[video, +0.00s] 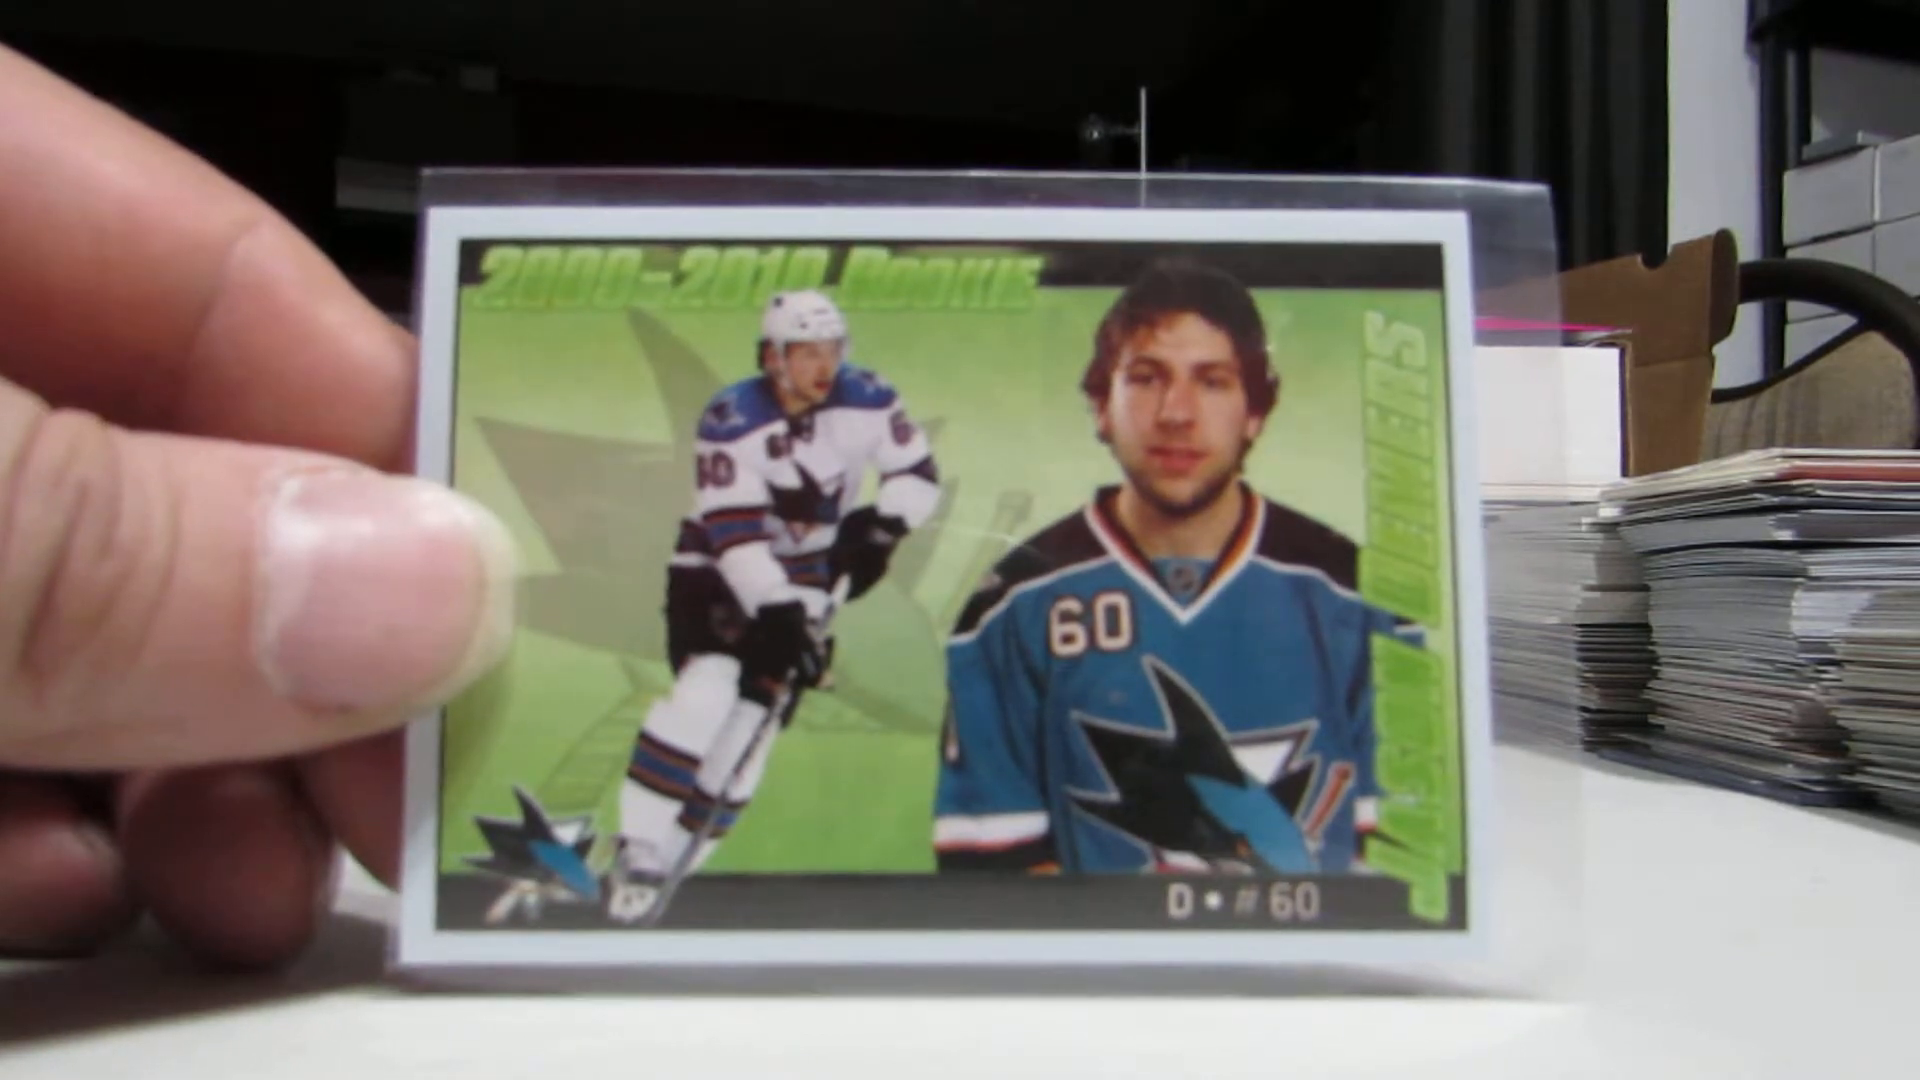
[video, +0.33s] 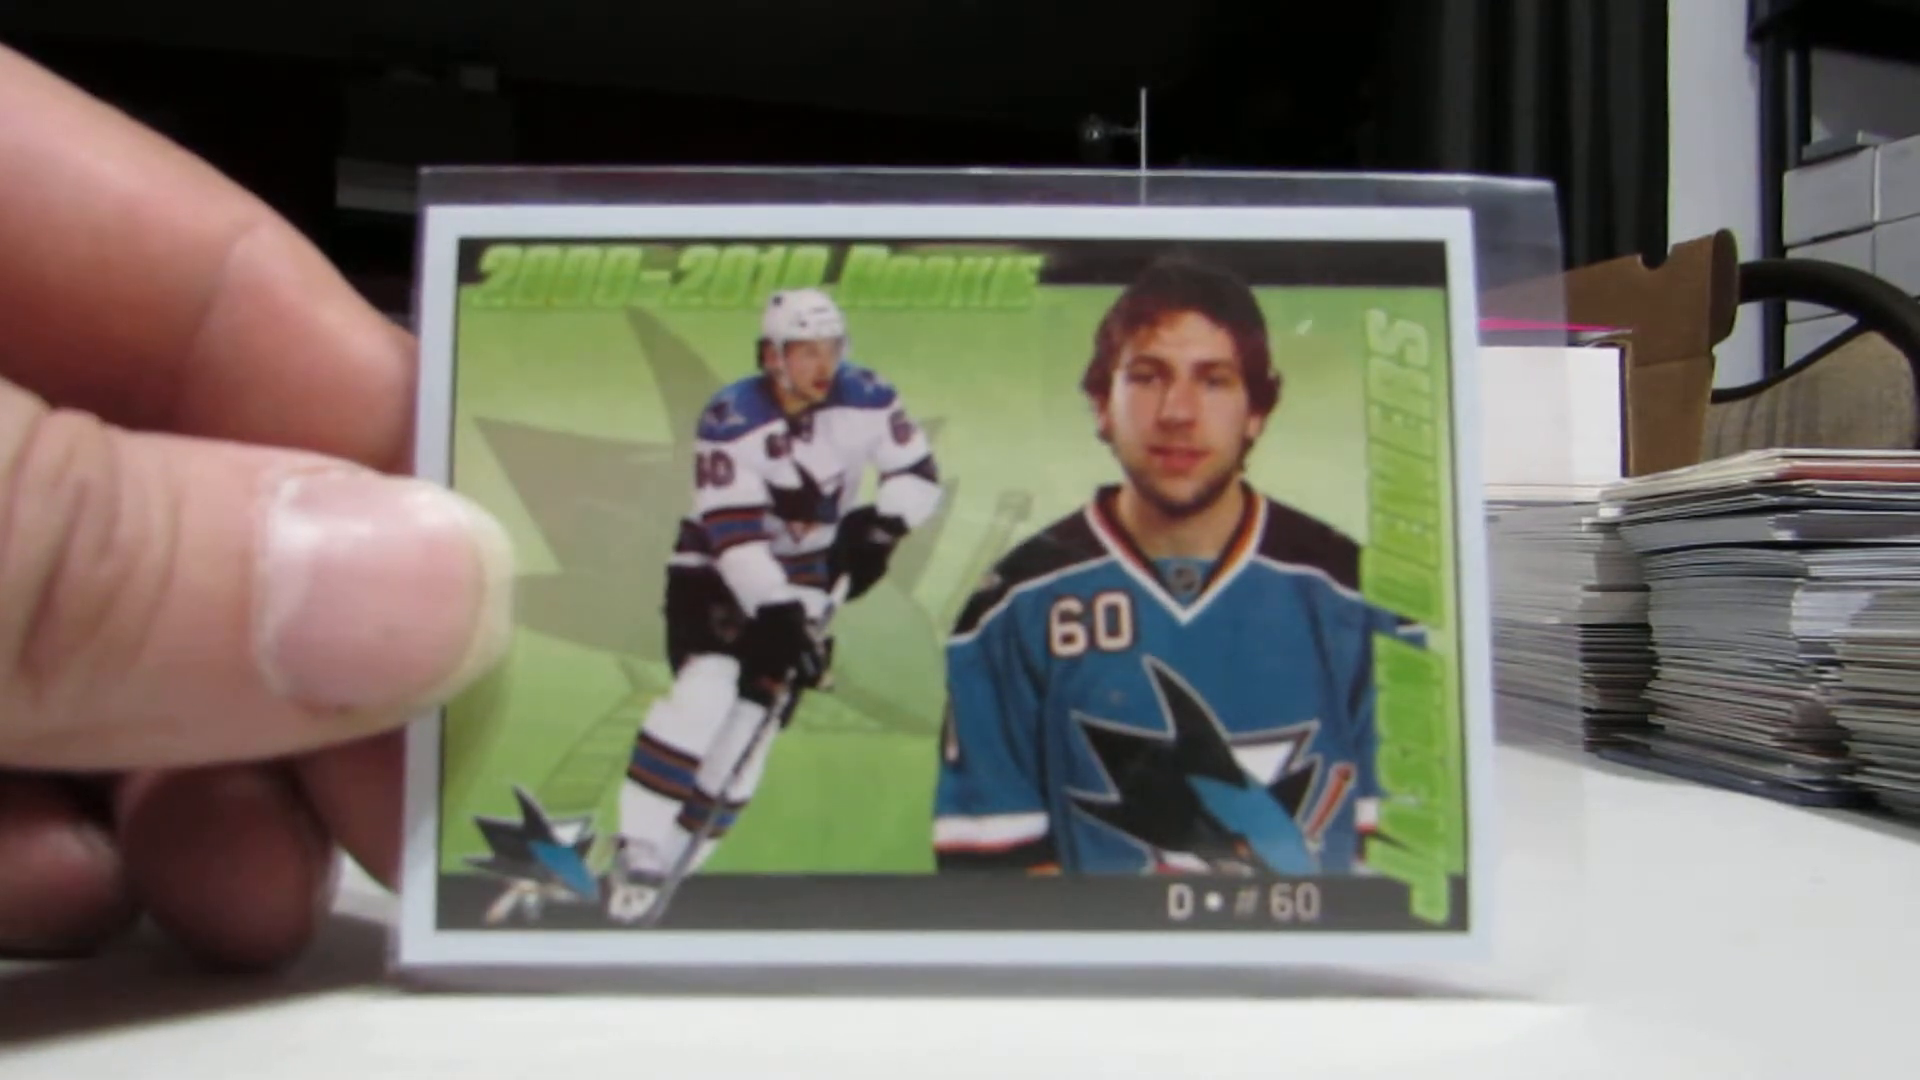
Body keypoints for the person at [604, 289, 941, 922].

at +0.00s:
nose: (825, 367)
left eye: (833, 353)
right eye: (809, 354)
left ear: (843, 352)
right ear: (774, 358)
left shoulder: (867, 401)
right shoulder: (733, 418)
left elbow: (917, 474)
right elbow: (733, 527)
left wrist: (880, 530)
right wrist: (775, 609)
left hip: (807, 578)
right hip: (721, 567)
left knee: (754, 722)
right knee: (708, 687)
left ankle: (678, 861)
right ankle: (642, 851)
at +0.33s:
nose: (823, 366)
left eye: (831, 351)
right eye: (808, 352)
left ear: (842, 351)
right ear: (773, 358)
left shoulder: (867, 400)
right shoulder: (732, 418)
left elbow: (917, 475)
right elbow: (732, 528)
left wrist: (879, 530)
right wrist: (776, 609)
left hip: (806, 578)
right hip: (720, 568)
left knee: (755, 721)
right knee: (708, 686)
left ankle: (679, 860)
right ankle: (641, 850)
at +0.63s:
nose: (822, 366)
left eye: (830, 352)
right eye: (806, 353)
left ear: (841, 352)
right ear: (772, 358)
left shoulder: (868, 401)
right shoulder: (732, 419)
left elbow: (917, 476)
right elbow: (732, 528)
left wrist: (879, 531)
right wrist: (776, 609)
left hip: (807, 578)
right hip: (720, 567)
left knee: (755, 722)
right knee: (708, 686)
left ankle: (679, 860)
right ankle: (641, 848)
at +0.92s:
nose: (822, 367)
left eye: (830, 352)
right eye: (806, 353)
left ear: (841, 353)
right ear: (772, 359)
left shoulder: (868, 401)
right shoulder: (732, 419)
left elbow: (917, 476)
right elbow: (732, 528)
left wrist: (879, 531)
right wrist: (776, 608)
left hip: (807, 578)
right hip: (720, 567)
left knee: (755, 721)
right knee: (709, 686)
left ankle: (680, 860)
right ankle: (641, 848)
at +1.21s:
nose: (824, 366)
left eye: (832, 352)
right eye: (808, 353)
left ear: (842, 352)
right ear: (773, 359)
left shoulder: (868, 401)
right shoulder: (732, 419)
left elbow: (917, 476)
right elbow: (732, 528)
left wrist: (879, 531)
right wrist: (776, 610)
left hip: (807, 579)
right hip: (720, 569)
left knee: (754, 723)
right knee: (708, 686)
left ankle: (678, 862)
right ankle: (640, 850)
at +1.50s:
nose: (825, 366)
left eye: (832, 352)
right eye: (809, 353)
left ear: (843, 352)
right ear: (773, 359)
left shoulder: (868, 401)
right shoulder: (732, 420)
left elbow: (917, 476)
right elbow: (732, 528)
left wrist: (879, 531)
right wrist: (776, 610)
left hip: (807, 580)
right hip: (720, 569)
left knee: (754, 723)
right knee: (709, 686)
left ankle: (678, 862)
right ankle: (640, 850)